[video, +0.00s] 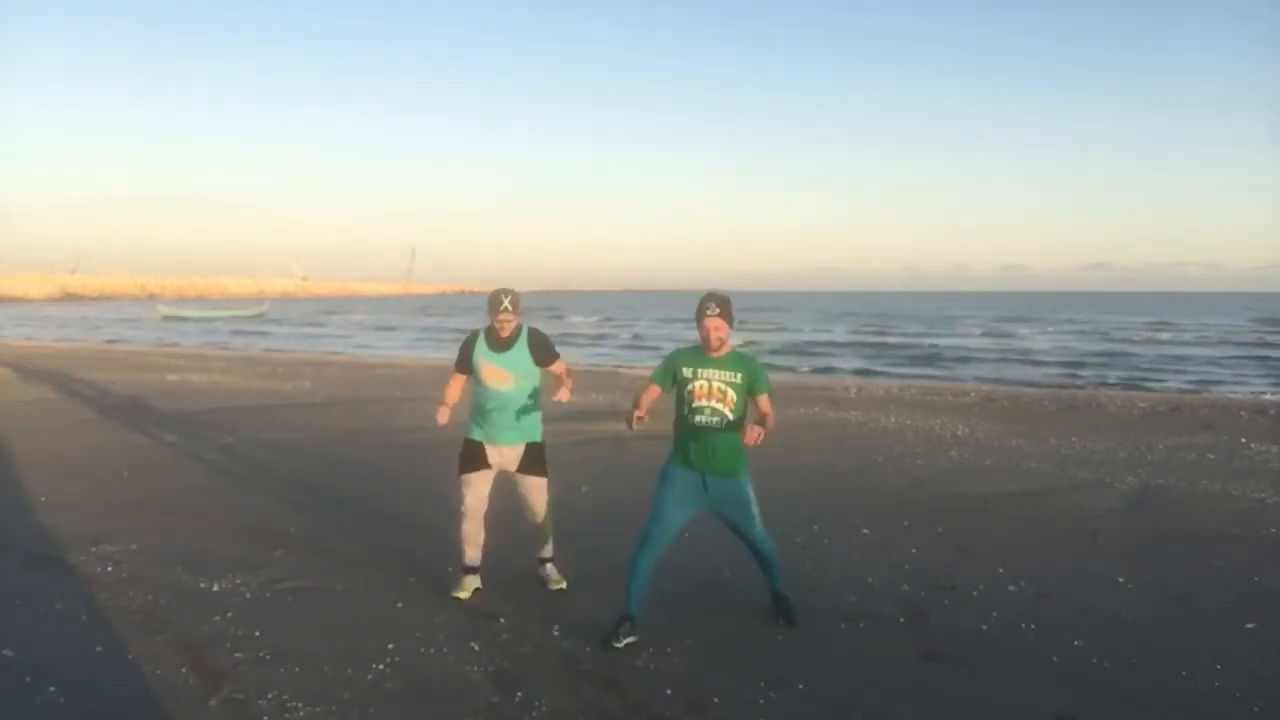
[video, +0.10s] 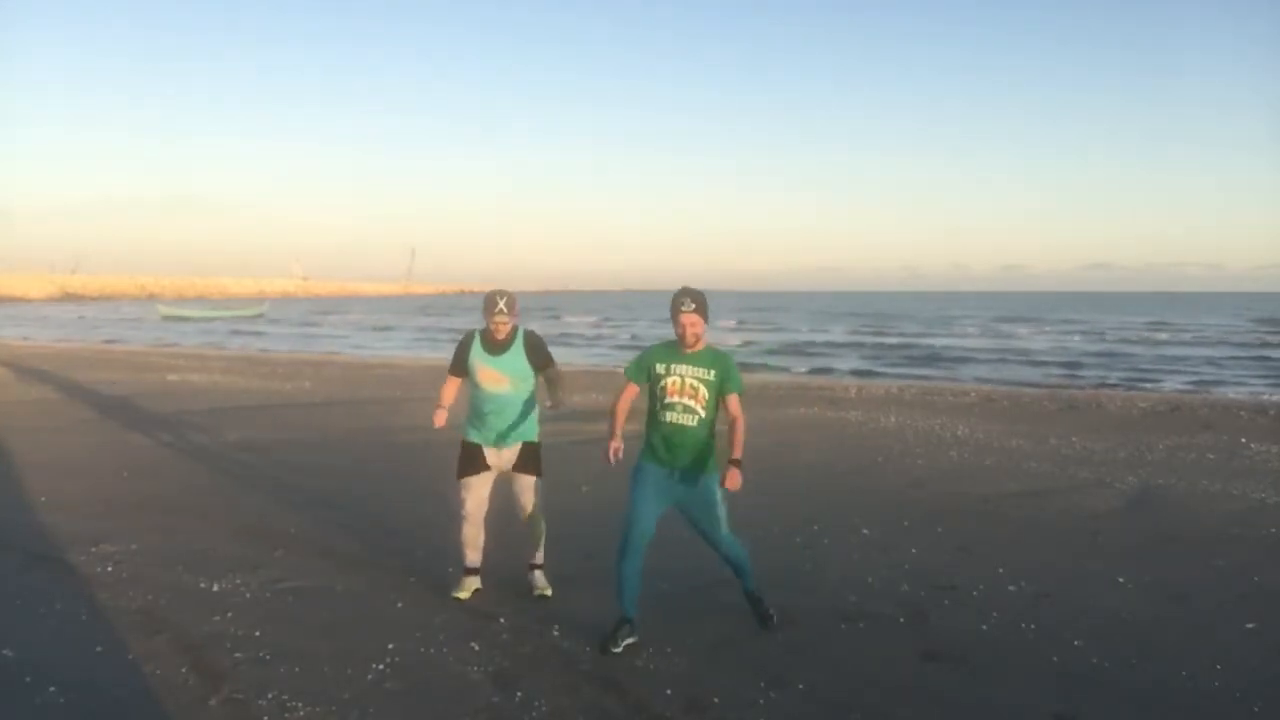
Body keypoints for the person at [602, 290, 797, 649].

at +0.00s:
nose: (711, 334)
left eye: (718, 326)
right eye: (705, 326)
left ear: (730, 327)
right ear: (697, 327)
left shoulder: (748, 366)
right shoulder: (679, 360)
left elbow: (766, 413)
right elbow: (650, 392)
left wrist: (760, 427)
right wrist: (639, 411)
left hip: (730, 475)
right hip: (684, 471)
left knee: (758, 540)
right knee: (652, 543)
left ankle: (780, 598)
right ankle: (629, 620)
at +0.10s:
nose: (686, 327)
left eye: (693, 320)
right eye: (680, 320)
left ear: (705, 322)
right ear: (673, 322)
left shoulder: (720, 362)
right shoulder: (655, 356)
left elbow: (736, 417)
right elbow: (626, 397)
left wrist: (735, 463)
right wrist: (616, 434)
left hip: (699, 471)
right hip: (654, 467)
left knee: (722, 540)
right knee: (634, 540)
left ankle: (753, 595)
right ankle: (627, 621)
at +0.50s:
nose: (661, 319)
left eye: (666, 311)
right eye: (654, 312)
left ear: (675, 312)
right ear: (643, 312)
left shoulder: (694, 351)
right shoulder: (621, 345)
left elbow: (712, 388)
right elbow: (592, 376)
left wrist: (699, 433)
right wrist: (604, 423)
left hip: (672, 462)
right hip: (627, 459)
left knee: (667, 544)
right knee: (622, 541)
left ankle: (653, 623)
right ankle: (623, 620)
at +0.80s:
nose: (666, 335)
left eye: (668, 328)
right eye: (658, 329)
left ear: (672, 330)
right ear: (639, 332)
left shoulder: (688, 374)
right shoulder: (614, 374)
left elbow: (695, 428)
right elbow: (596, 427)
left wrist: (697, 467)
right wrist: (605, 462)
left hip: (674, 481)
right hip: (627, 482)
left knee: (690, 553)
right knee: (620, 558)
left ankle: (676, 622)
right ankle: (623, 624)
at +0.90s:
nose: (673, 338)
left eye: (674, 330)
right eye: (665, 332)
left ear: (674, 332)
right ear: (644, 336)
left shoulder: (690, 375)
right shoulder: (617, 379)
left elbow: (708, 427)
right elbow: (596, 436)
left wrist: (705, 449)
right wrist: (617, 449)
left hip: (678, 484)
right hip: (630, 487)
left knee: (705, 553)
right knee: (620, 563)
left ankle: (719, 640)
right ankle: (625, 626)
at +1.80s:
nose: (745, 315)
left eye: (753, 308)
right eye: (738, 308)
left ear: (766, 314)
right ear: (727, 316)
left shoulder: (794, 357)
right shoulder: (711, 371)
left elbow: (853, 392)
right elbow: (694, 435)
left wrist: (818, 411)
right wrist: (726, 422)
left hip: (798, 489)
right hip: (748, 491)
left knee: (799, 585)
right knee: (744, 585)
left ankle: (783, 675)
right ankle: (748, 680)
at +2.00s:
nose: (754, 326)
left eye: (761, 319)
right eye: (746, 319)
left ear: (773, 327)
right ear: (735, 328)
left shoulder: (793, 376)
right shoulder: (716, 378)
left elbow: (817, 452)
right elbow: (704, 448)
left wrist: (808, 423)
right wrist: (726, 429)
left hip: (795, 501)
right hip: (742, 501)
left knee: (801, 593)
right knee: (729, 590)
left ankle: (782, 675)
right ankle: (724, 667)